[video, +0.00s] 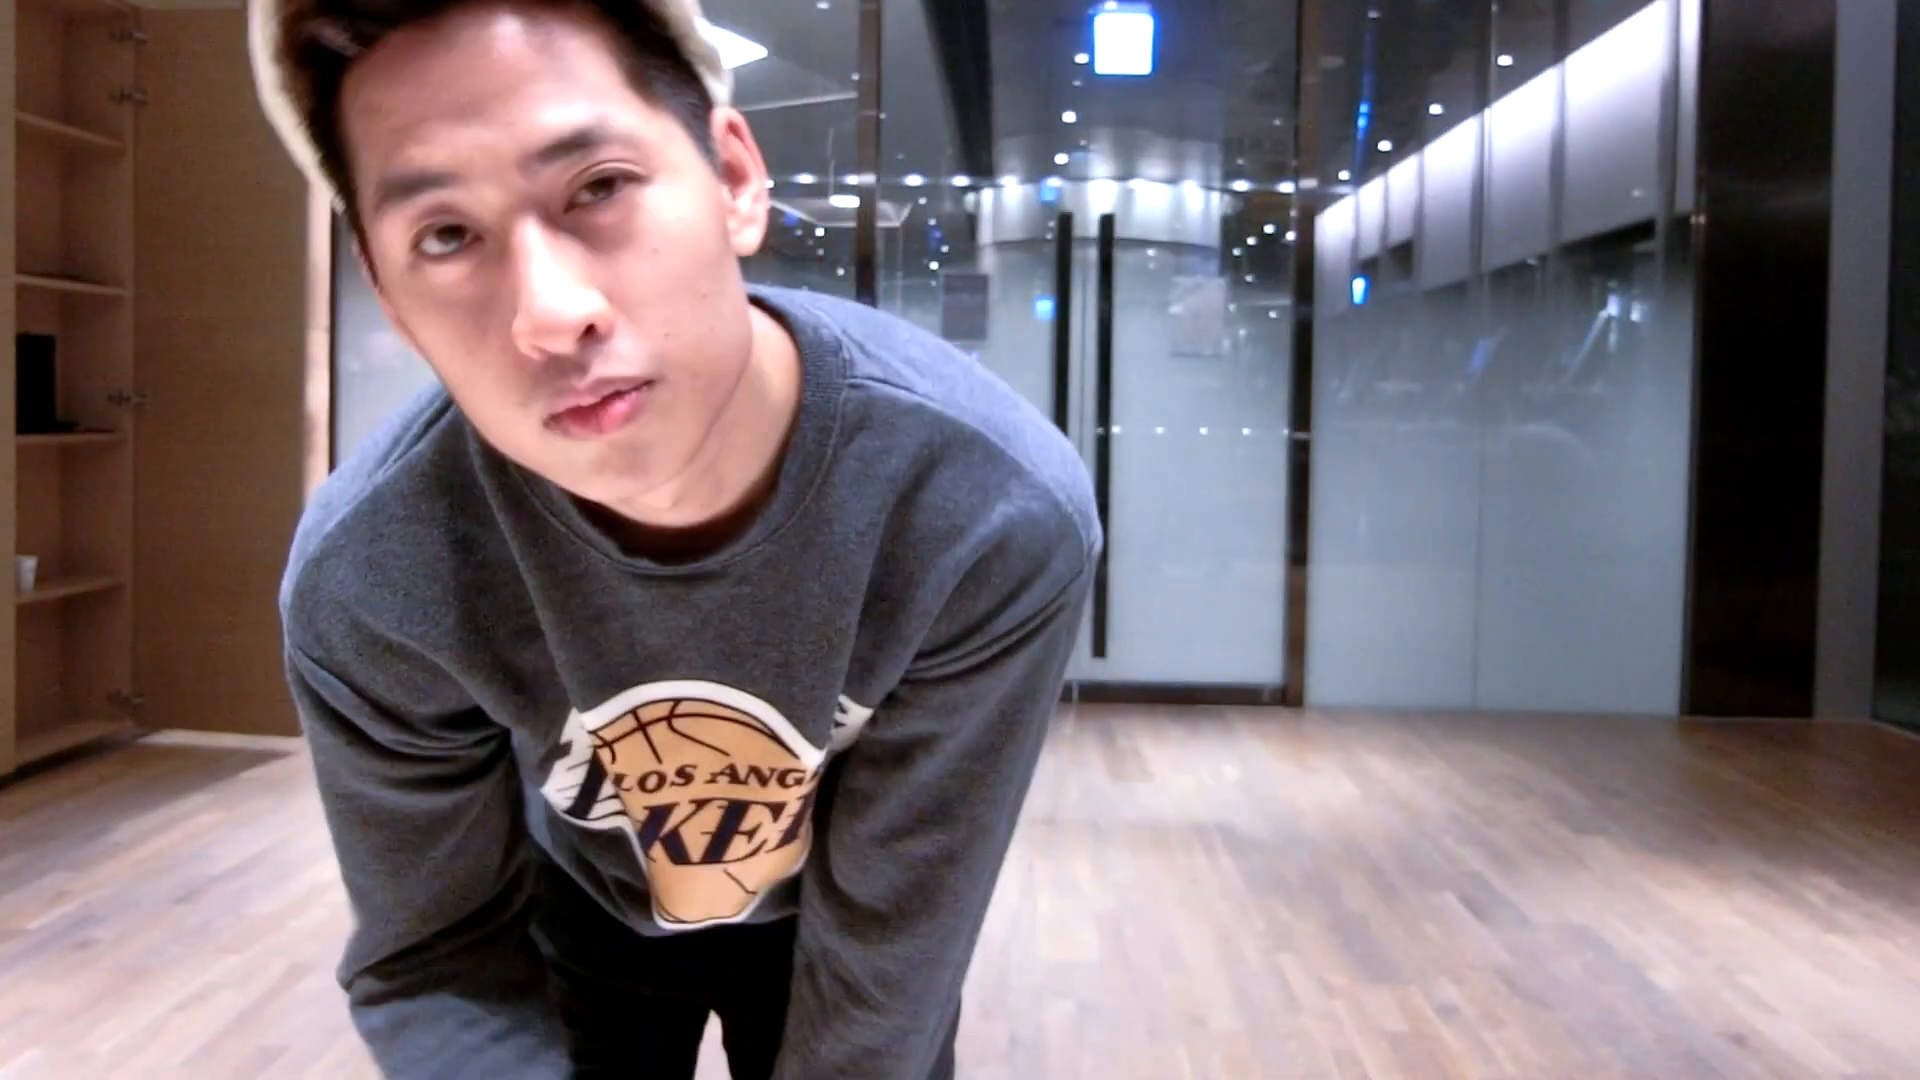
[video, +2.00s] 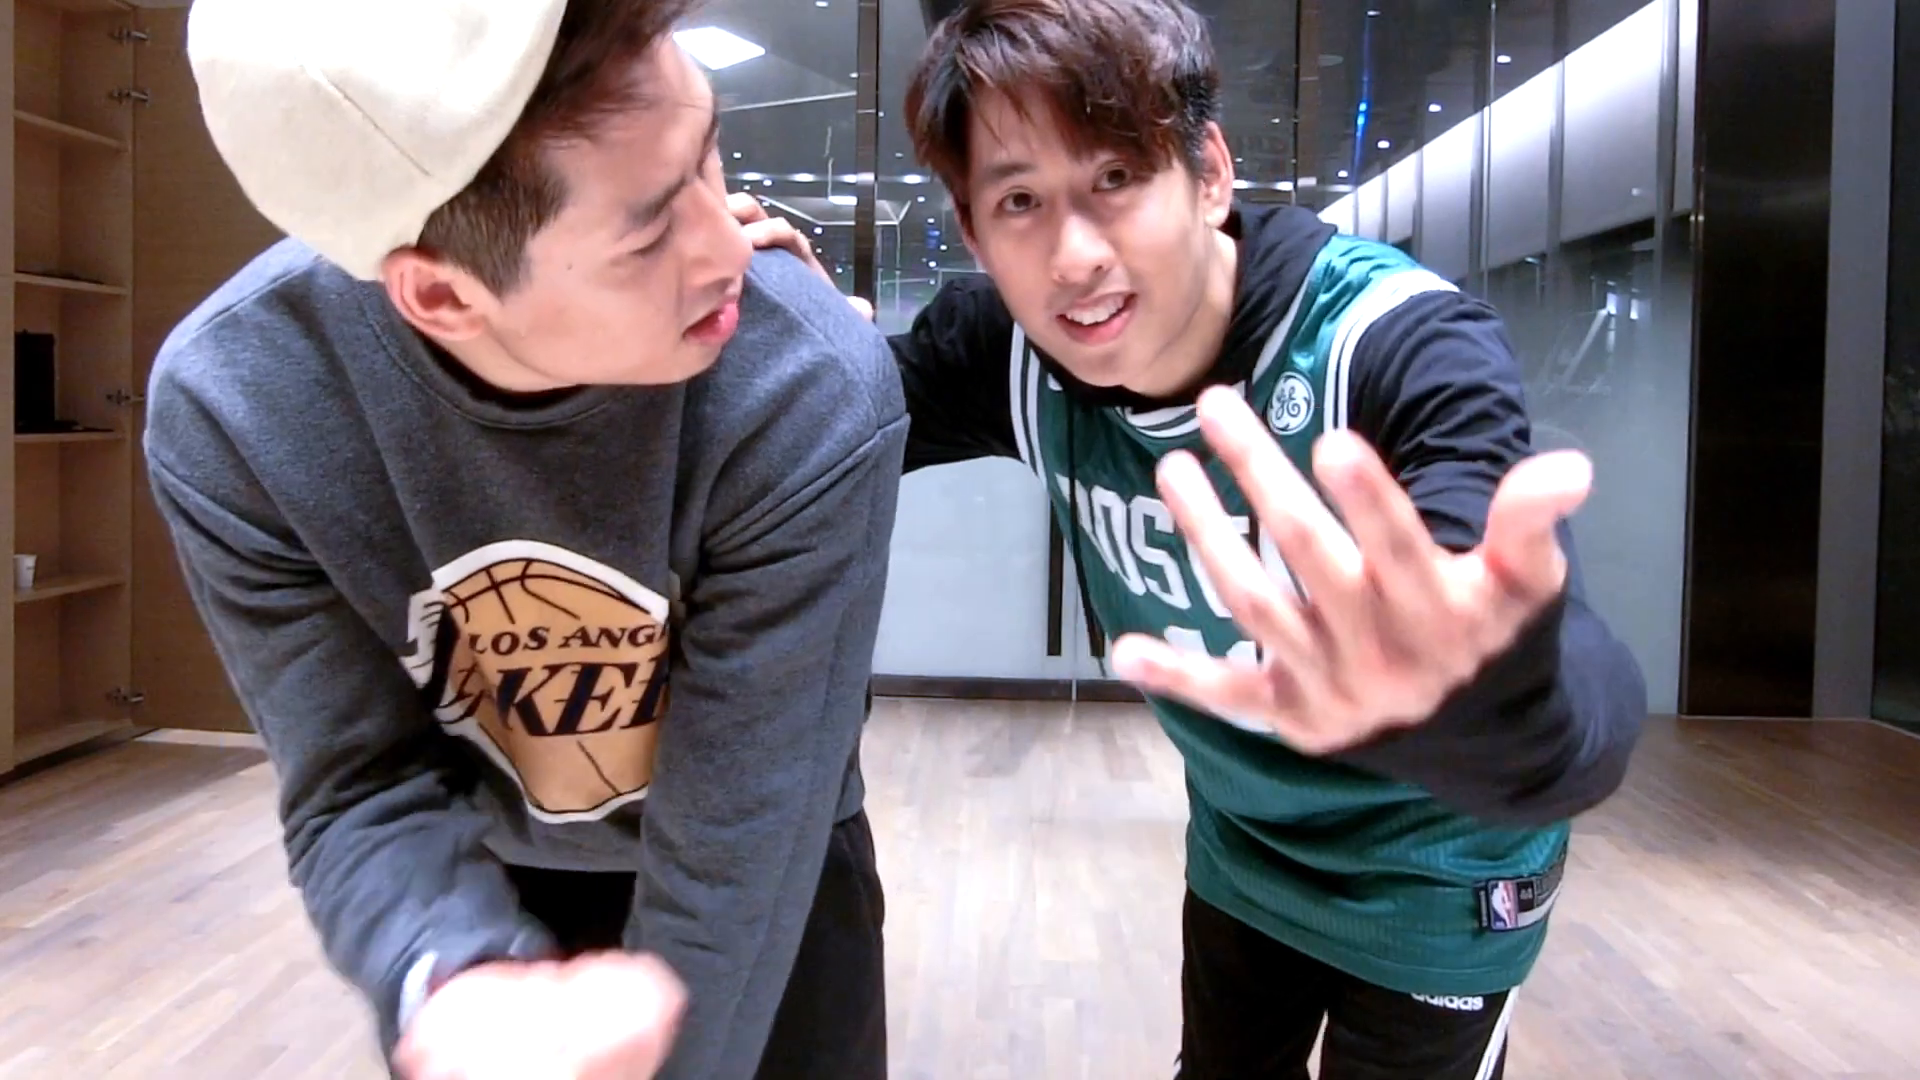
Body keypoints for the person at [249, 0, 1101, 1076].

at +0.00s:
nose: (549, 315)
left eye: (596, 188)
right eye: (446, 234)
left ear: (736, 182)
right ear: (386, 289)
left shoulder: (993, 520)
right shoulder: (367, 587)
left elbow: (882, 981)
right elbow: (436, 963)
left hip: (846, 926)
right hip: (586, 926)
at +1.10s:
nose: (503, 450)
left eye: (536, 312)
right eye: (387, 369)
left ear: (657, 259)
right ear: (304, 386)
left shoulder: (901, 542)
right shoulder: (310, 587)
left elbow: (812, 979)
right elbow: (497, 1006)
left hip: (837, 924)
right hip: (565, 946)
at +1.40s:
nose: (452, 550)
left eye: (501, 449)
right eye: (356, 478)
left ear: (633, 314)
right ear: (291, 433)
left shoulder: (868, 510)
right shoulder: (284, 557)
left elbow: (813, 997)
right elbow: (380, 1003)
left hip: (774, 910)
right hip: (521, 912)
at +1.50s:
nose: (460, 484)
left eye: (509, 377)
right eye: (362, 411)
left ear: (629, 261)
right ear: (289, 373)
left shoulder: (852, 485)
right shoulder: (267, 521)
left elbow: (801, 978)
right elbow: (315, 998)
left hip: (771, 903)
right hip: (507, 896)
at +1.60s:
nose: (606, 364)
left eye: (625, 254)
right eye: (503, 319)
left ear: (656, 192)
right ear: (330, 309)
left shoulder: (834, 460)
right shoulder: (257, 475)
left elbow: (776, 973)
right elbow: (252, 959)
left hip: (782, 882)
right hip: (508, 876)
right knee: (472, 1058)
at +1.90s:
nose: (729, 253)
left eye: (713, 162)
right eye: (648, 237)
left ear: (711, 114)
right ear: (443, 302)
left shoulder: (815, 397)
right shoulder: (235, 409)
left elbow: (698, 888)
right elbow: (319, 833)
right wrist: (361, 1060)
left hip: (759, 866)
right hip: (485, 873)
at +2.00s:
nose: (731, 249)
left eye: (710, 157)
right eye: (648, 236)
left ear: (707, 108)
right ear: (442, 301)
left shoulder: (810, 390)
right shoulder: (228, 406)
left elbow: (723, 868)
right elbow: (358, 785)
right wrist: (455, 981)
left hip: (757, 867)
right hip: (488, 880)